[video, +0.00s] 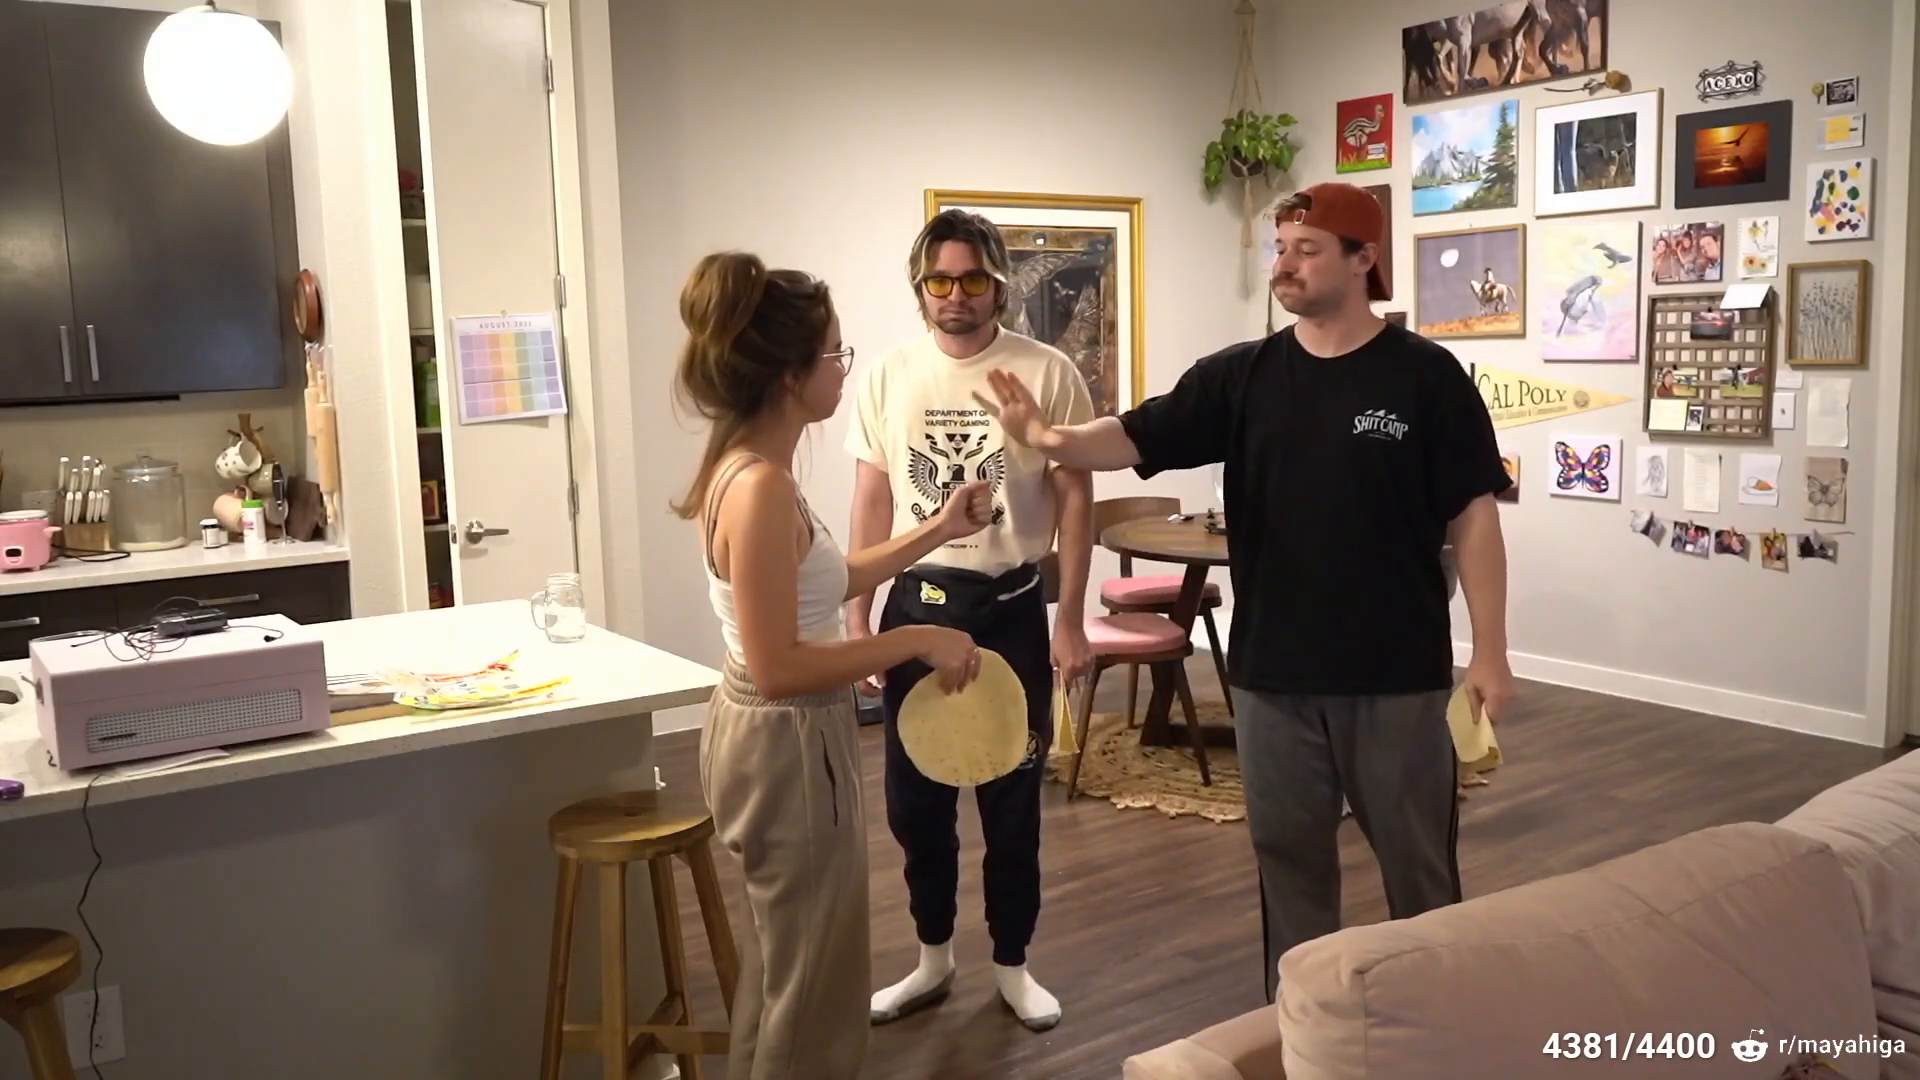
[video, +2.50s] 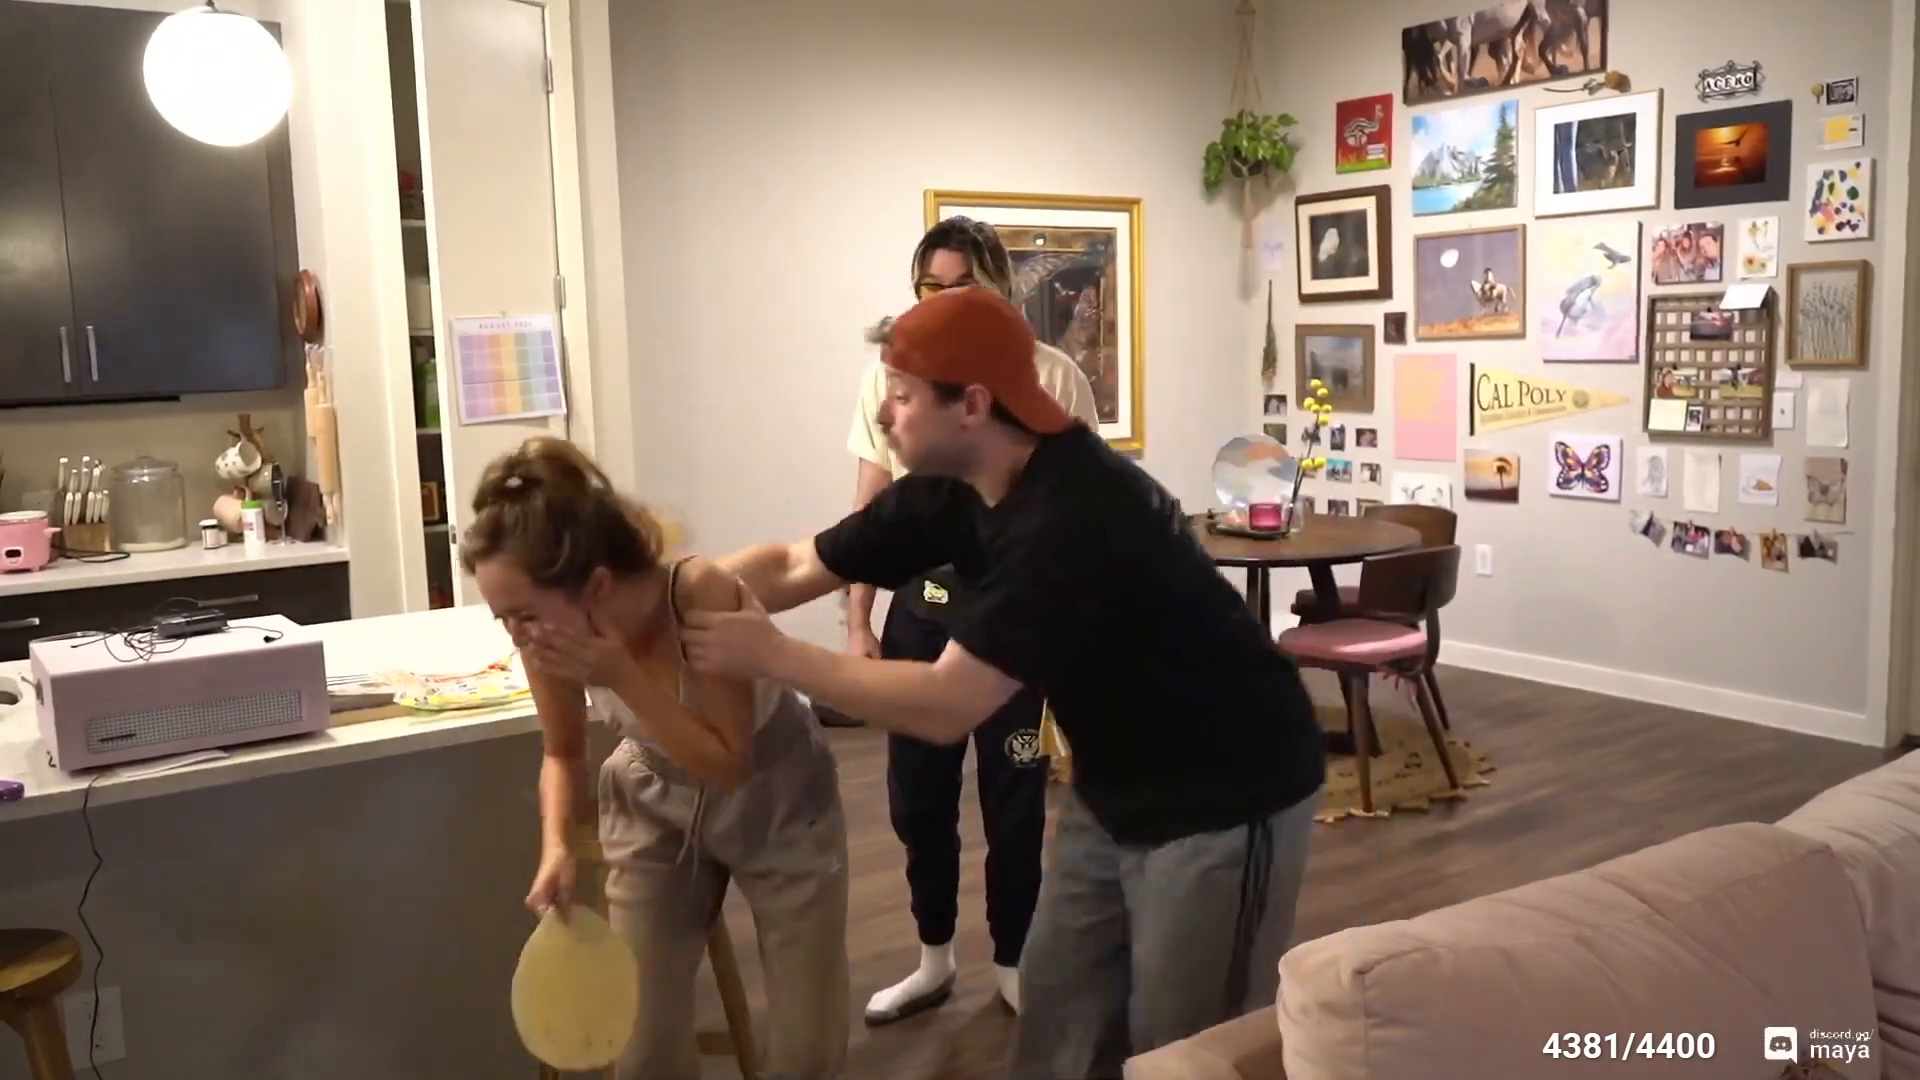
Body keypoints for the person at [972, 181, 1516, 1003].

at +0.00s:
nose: (1285, 262)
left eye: (1306, 249)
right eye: (1280, 250)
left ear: (1361, 262)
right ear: (1275, 261)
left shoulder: (1428, 374)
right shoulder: (1240, 376)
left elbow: (1475, 518)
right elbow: (1136, 437)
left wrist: (1491, 653)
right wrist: (1051, 441)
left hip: (1397, 680)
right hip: (1274, 681)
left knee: (1422, 881)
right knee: (1290, 877)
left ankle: (1445, 1034)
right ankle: (1298, 1037)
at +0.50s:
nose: (1234, 263)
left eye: (1256, 248)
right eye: (1230, 250)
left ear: (1311, 261)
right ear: (1228, 264)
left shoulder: (1371, 372)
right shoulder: (1205, 382)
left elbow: (1388, 521)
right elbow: (1175, 508)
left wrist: (1242, 528)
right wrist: (1170, 534)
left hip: (1354, 675)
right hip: (1237, 674)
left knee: (1375, 865)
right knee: (1265, 870)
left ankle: (1406, 1019)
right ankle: (1294, 1026)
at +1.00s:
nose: (1195, 289)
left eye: (1214, 272)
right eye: (1193, 275)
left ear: (1273, 278)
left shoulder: (1272, 364)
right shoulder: (1262, 367)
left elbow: (1153, 471)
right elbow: (1186, 531)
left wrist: (1043, 454)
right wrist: (1091, 474)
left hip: (1288, 689)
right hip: (1274, 684)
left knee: (1262, 908)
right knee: (1267, 904)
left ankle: (1274, 1070)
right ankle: (1278, 1066)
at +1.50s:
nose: (1138, 309)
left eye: (1154, 288)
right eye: (1136, 291)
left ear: (1221, 285)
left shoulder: (1343, 400)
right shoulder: (1152, 417)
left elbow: (1458, 530)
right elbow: (1098, 535)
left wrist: (1310, 552)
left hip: (1315, 741)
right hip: (1196, 733)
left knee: (1282, 969)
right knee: (1236, 931)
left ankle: (1319, 1067)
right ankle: (1304, 1042)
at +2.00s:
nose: (1178, 314)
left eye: (1198, 294)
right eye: (1179, 293)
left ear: (1267, 297)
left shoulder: (1347, 395)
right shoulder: (1192, 396)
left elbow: (1264, 528)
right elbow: (1105, 514)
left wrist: (1194, 400)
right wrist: (1010, 568)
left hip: (1334, 730)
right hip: (1225, 722)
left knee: (1359, 951)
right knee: (1282, 940)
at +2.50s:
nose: (884, 416)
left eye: (900, 398)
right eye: (886, 395)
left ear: (972, 406)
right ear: (967, 408)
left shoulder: (1073, 506)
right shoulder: (947, 493)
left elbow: (949, 704)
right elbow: (795, 564)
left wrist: (776, 656)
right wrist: (709, 579)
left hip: (1232, 801)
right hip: (1112, 790)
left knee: (1187, 1057)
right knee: (1059, 1023)